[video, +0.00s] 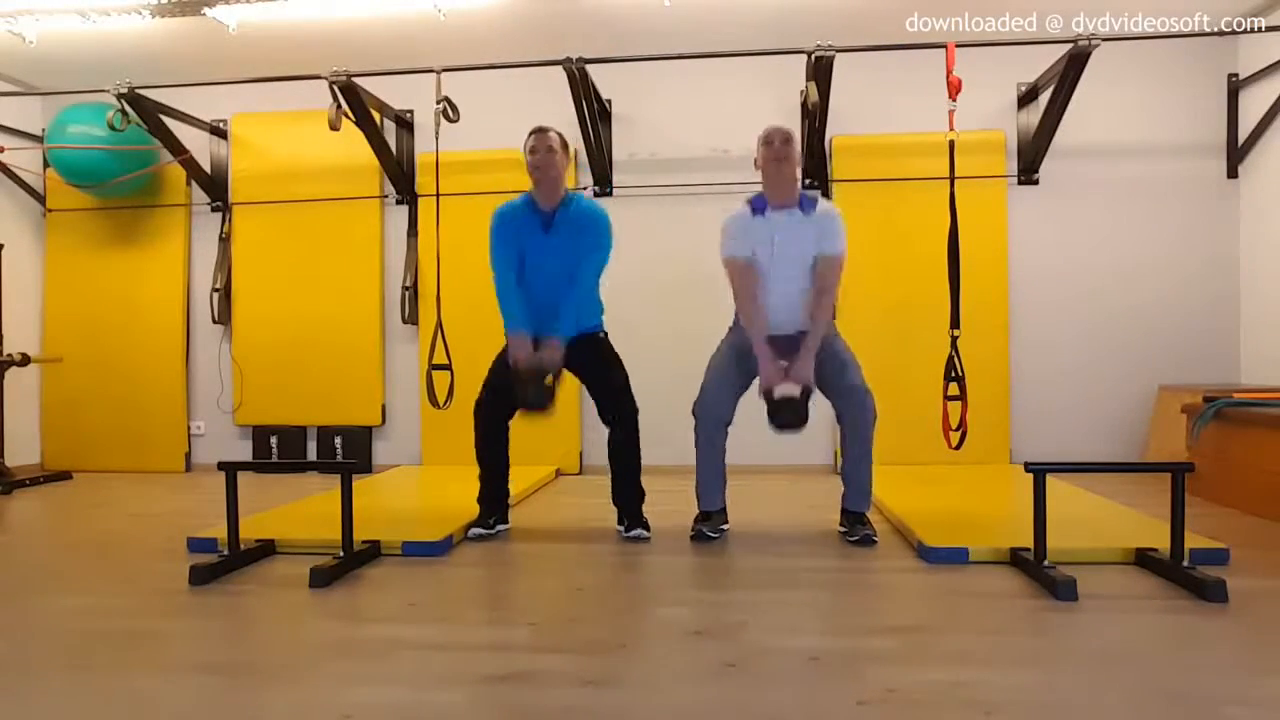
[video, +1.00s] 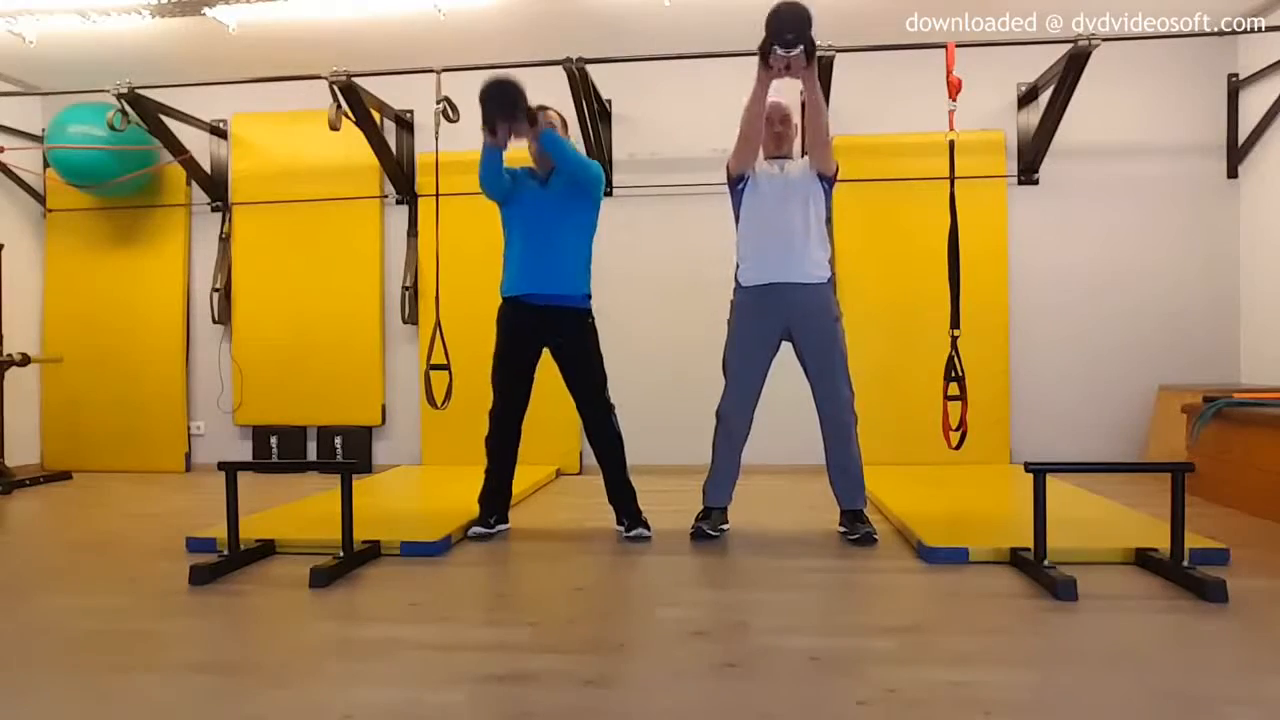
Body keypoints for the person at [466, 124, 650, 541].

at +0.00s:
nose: (543, 156)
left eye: (551, 150)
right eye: (536, 151)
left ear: (567, 161)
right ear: (525, 164)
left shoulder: (593, 218)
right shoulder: (507, 217)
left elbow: (585, 284)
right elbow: (505, 281)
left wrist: (560, 338)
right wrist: (517, 335)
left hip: (581, 335)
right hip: (525, 336)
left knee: (622, 410)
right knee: (489, 411)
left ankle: (631, 514)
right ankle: (493, 512)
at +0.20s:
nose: (520, 207)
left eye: (530, 199)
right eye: (514, 199)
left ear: (552, 205)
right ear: (508, 208)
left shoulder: (587, 258)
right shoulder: (496, 263)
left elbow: (591, 335)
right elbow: (511, 339)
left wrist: (571, 394)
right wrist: (542, 400)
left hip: (584, 359)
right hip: (527, 362)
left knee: (633, 412)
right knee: (478, 413)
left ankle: (632, 515)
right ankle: (493, 514)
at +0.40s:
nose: (522, 221)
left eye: (532, 212)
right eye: (514, 214)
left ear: (551, 217)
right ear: (507, 221)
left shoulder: (584, 266)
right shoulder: (493, 270)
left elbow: (588, 339)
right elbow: (506, 341)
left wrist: (568, 395)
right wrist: (532, 394)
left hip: (581, 363)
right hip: (523, 365)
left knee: (624, 413)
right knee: (472, 413)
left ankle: (631, 515)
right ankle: (491, 514)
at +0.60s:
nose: (529, 145)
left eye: (539, 138)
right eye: (522, 139)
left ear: (556, 149)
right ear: (514, 151)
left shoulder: (585, 209)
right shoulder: (496, 211)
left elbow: (580, 282)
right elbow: (500, 282)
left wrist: (559, 342)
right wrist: (517, 341)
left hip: (574, 329)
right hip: (518, 330)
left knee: (610, 412)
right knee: (484, 411)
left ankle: (630, 515)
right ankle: (491, 513)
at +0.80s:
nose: (538, 135)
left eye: (547, 129)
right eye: (532, 130)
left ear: (565, 141)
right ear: (523, 142)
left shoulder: (586, 183)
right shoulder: (505, 184)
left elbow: (569, 204)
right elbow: (495, 211)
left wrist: (521, 221)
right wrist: (506, 226)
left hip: (568, 316)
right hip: (516, 314)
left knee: (598, 417)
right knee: (499, 416)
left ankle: (628, 515)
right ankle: (491, 514)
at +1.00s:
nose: (543, 136)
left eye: (550, 129)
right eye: (536, 133)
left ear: (565, 136)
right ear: (527, 141)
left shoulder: (589, 178)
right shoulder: (515, 181)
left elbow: (556, 150)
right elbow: (489, 182)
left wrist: (540, 129)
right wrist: (494, 140)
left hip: (571, 312)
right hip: (519, 310)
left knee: (598, 414)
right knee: (505, 414)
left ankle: (629, 516)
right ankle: (493, 514)